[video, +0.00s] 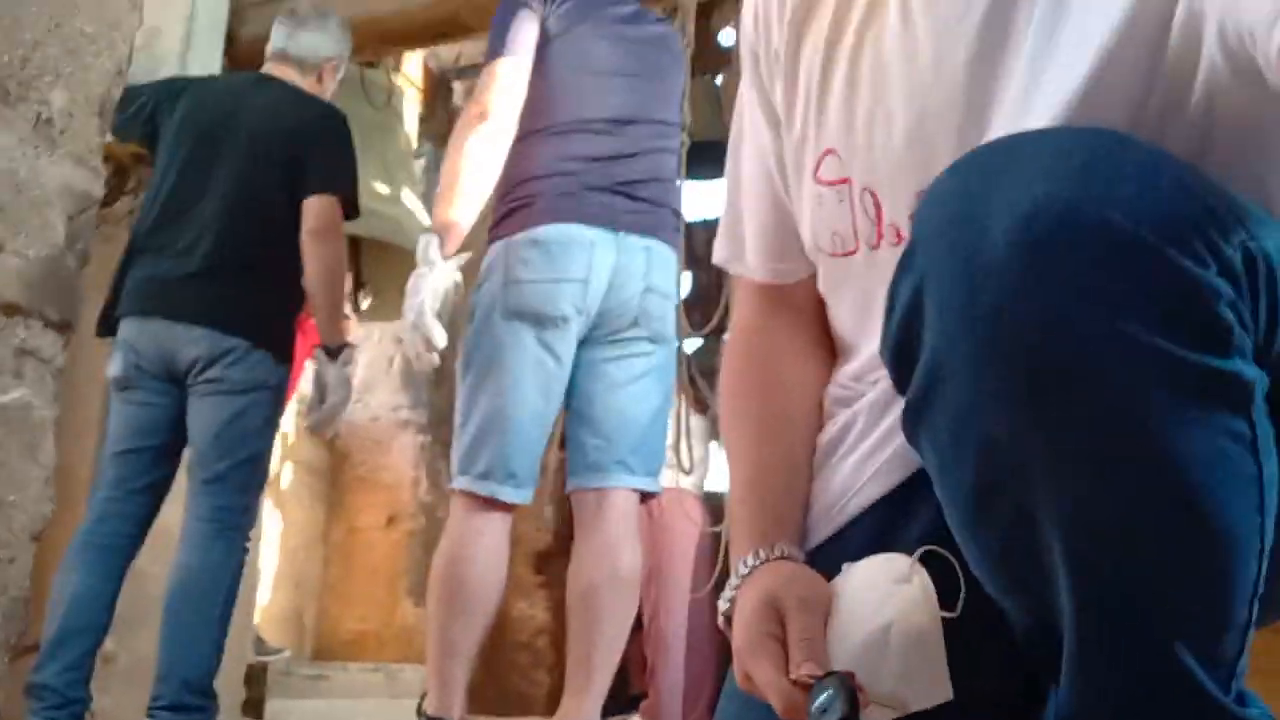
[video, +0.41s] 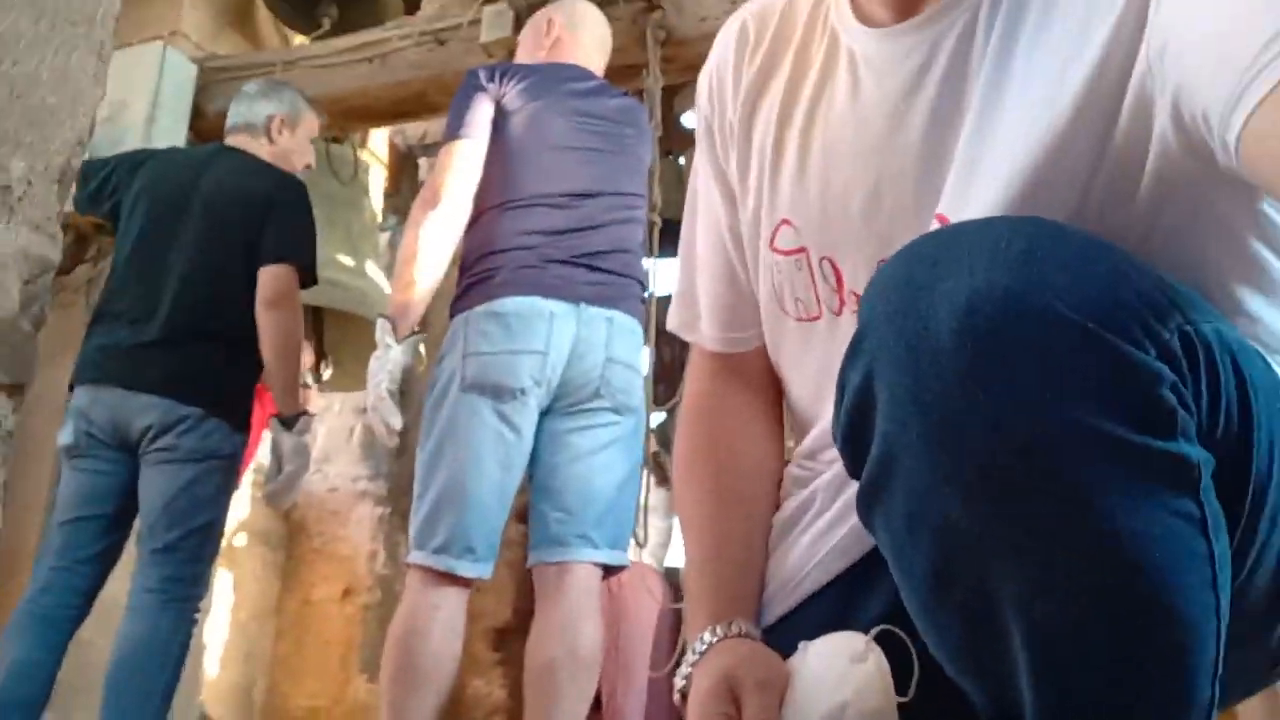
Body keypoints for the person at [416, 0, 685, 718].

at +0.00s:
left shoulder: (535, 10)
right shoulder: (667, 35)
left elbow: (491, 116)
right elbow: (665, 159)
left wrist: (442, 242)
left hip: (548, 238)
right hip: (654, 252)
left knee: (485, 495)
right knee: (613, 497)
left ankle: (444, 706)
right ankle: (582, 711)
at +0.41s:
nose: (516, 45)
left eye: (525, 32)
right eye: (524, 33)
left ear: (549, 33)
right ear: (600, 56)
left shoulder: (494, 84)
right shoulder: (636, 117)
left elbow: (446, 201)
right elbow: (630, 234)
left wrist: (400, 323)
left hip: (509, 317)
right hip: (617, 331)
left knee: (442, 570)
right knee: (575, 569)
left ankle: (402, 717)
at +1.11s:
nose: (625, 94)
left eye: (627, 87)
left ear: (630, 88)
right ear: (709, 101)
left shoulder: (598, 119)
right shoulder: (746, 147)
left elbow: (555, 235)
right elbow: (742, 257)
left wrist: (515, 370)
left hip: (621, 353)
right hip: (731, 360)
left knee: (563, 607)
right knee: (695, 601)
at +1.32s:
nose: (575, 114)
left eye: (576, 106)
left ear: (581, 107)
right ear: (658, 120)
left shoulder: (547, 139)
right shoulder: (695, 171)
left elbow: (495, 268)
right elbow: (701, 294)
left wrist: (468, 375)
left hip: (565, 372)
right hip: (676, 382)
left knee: (501, 623)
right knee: (634, 621)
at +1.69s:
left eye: (518, 94)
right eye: (592, 108)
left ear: (514, 97)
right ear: (592, 113)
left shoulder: (468, 135)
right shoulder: (622, 175)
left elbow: (387, 267)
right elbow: (623, 297)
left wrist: (438, 271)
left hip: (484, 370)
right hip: (594, 388)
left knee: (410, 628)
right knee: (544, 630)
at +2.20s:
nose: (469, 103)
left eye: (469, 94)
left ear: (472, 97)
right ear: (552, 115)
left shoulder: (422, 138)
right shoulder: (577, 185)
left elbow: (403, 231)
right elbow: (572, 305)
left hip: (423, 374)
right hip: (536, 394)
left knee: (346, 632)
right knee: (485, 629)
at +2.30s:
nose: (417, 103)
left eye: (417, 94)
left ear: (419, 98)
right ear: (501, 117)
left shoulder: (367, 140)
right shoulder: (525, 189)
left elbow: (359, 241)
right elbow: (522, 314)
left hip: (365, 381)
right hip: (482, 402)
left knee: (289, 646)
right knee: (432, 642)